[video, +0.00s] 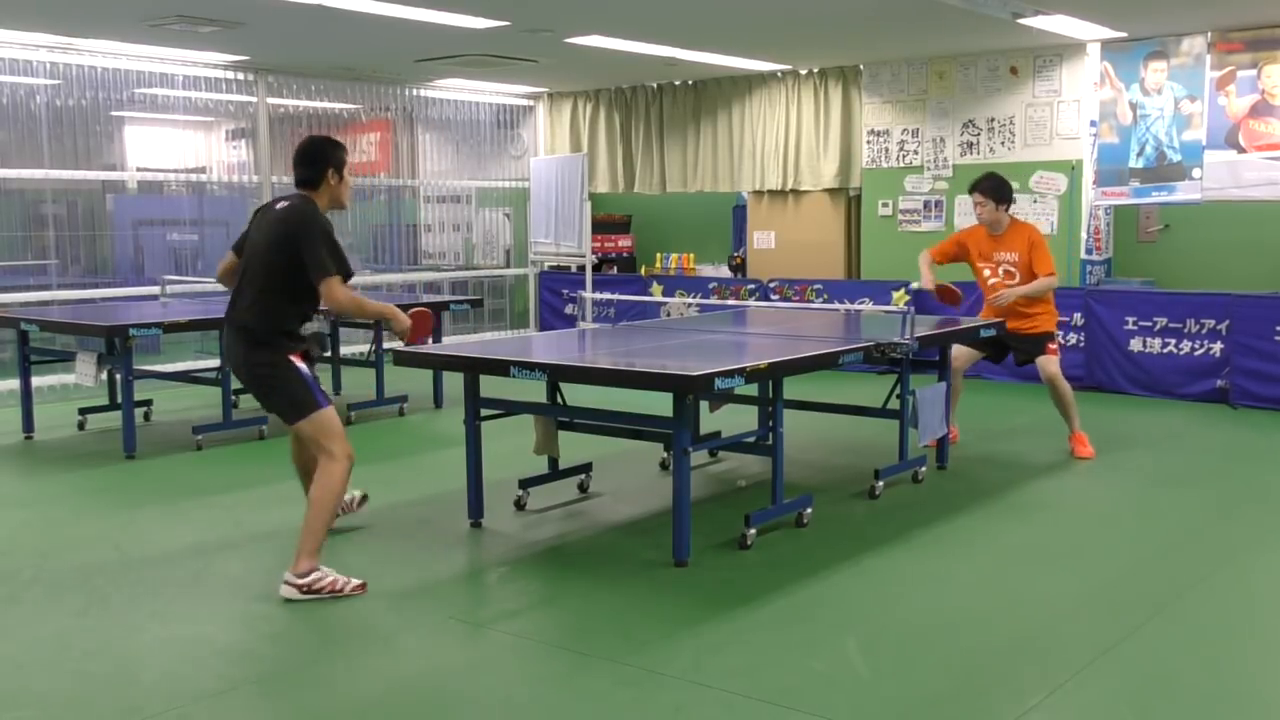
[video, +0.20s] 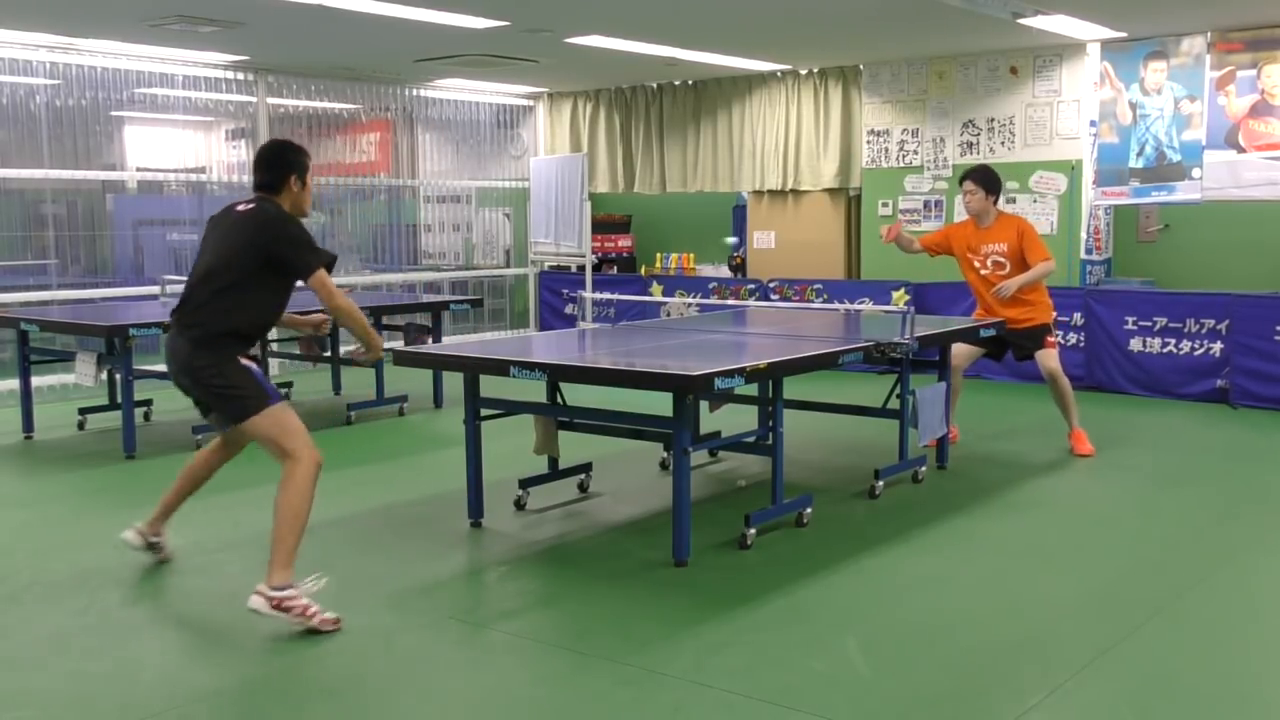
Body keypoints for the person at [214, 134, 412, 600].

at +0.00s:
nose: (350, 184)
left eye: (349, 175)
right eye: (347, 175)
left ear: (302, 176)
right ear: (331, 177)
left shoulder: (269, 212)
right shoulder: (310, 220)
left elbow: (227, 271)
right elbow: (335, 298)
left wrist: (280, 293)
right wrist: (389, 312)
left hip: (245, 342)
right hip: (269, 348)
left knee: (306, 429)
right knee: (337, 453)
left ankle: (326, 503)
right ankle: (304, 570)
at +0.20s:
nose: (312, 192)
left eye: (310, 182)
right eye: (309, 182)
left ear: (264, 181)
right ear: (293, 183)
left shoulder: (229, 217)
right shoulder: (281, 225)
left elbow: (234, 293)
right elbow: (332, 298)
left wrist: (296, 321)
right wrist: (372, 340)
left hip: (186, 347)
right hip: (216, 354)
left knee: (234, 437)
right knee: (303, 457)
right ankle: (278, 585)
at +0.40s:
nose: (257, 245)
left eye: (257, 236)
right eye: (256, 235)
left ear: (207, 229)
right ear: (243, 233)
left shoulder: (167, 260)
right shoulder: (233, 273)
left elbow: (210, 322)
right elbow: (272, 355)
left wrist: (288, 329)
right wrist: (265, 400)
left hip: (131, 392)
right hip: (182, 402)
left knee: (160, 459)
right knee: (286, 498)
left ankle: (96, 553)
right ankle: (258, 616)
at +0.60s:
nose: (198, 203)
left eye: (196, 193)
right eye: (195, 194)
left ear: (148, 197)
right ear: (177, 196)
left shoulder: (109, 232)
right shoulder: (182, 242)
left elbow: (87, 267)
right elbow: (272, 263)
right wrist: (332, 254)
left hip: (44, 367)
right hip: (84, 376)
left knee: (91, 438)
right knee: (180, 480)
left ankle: (41, 532)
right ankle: (163, 609)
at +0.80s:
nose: (129, 197)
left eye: (127, 187)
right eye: (124, 188)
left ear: (80, 194)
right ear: (101, 193)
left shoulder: (42, 237)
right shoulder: (86, 244)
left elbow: (4, 286)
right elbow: (128, 305)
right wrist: (214, 311)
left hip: (17, 374)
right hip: (39, 379)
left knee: (64, 460)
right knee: (94, 487)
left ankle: (20, 550)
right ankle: (100, 616)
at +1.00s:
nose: (78, 166)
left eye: (76, 155)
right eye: (71, 155)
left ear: (41, 163)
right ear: (44, 163)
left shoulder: (18, 209)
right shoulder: (17, 214)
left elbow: (11, 299)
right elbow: (8, 299)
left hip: (10, 368)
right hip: (1, 373)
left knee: (32, 440)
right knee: (25, 487)